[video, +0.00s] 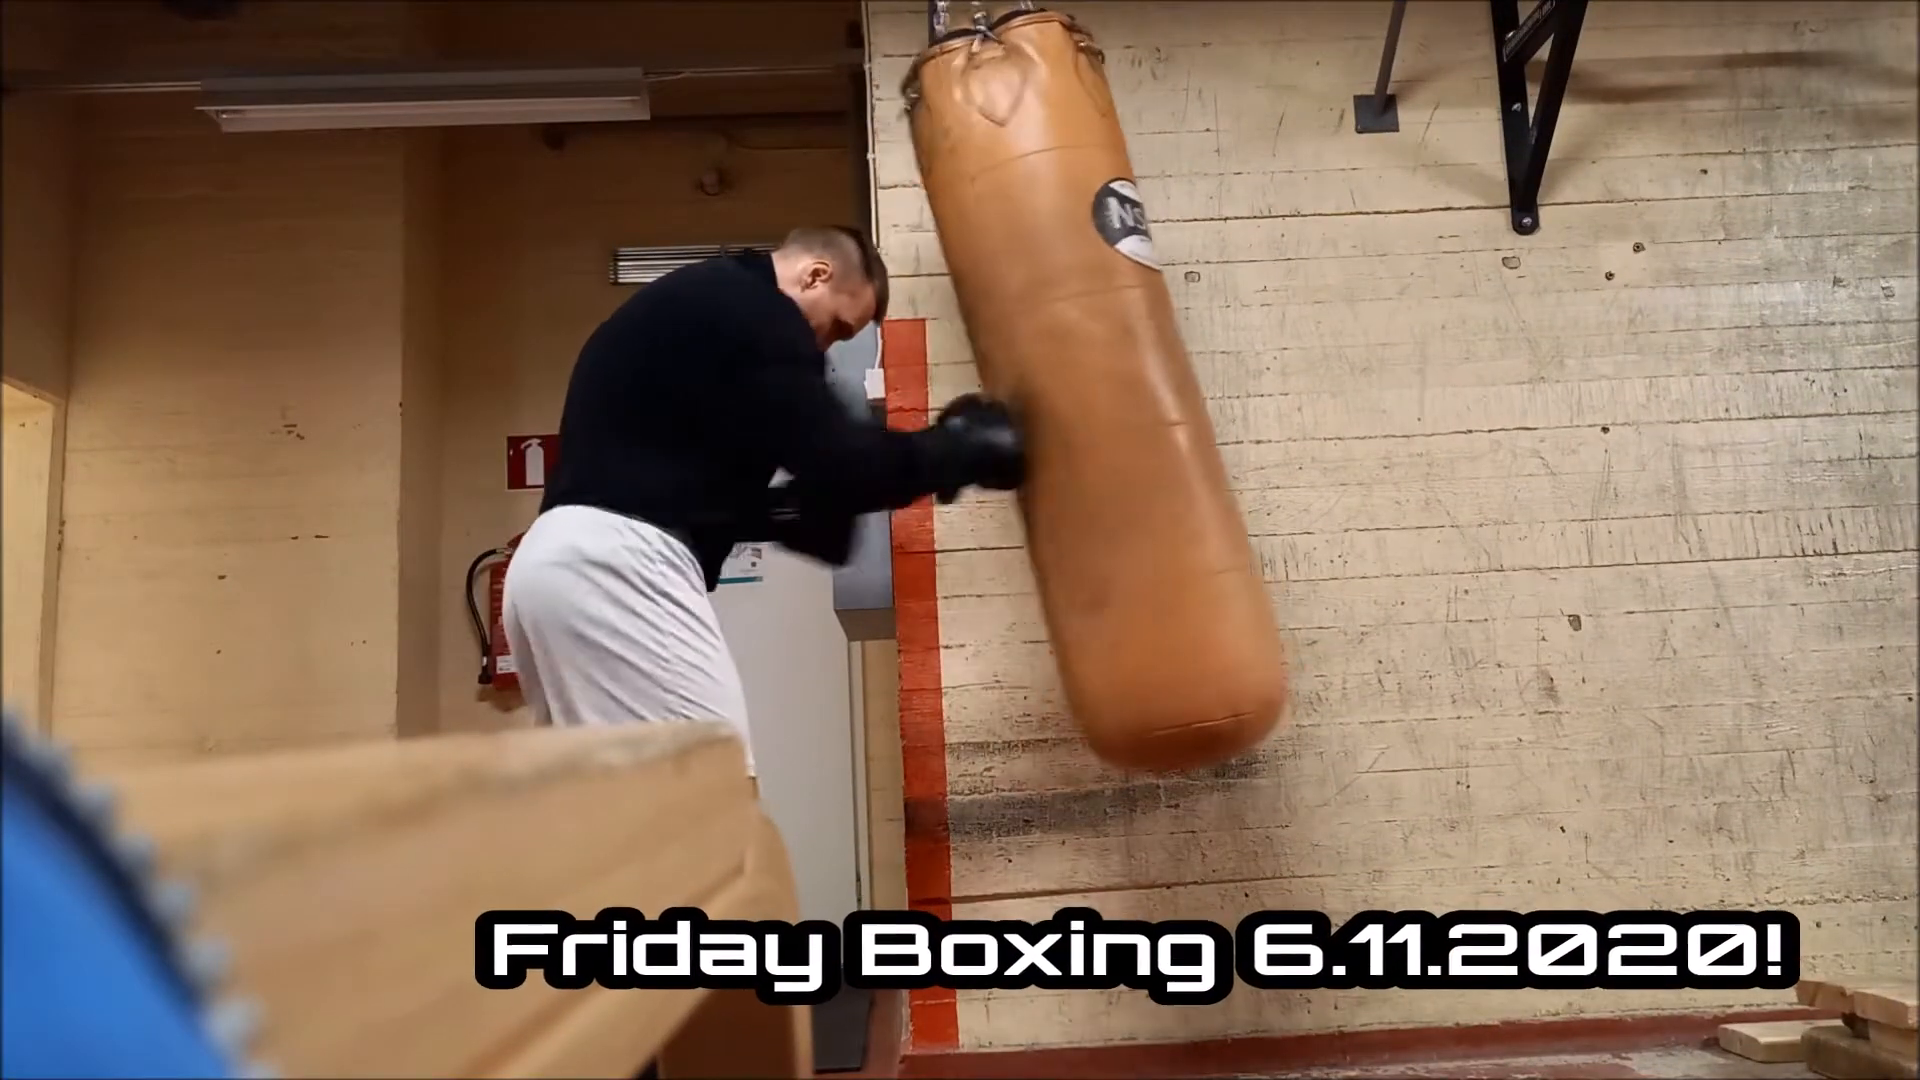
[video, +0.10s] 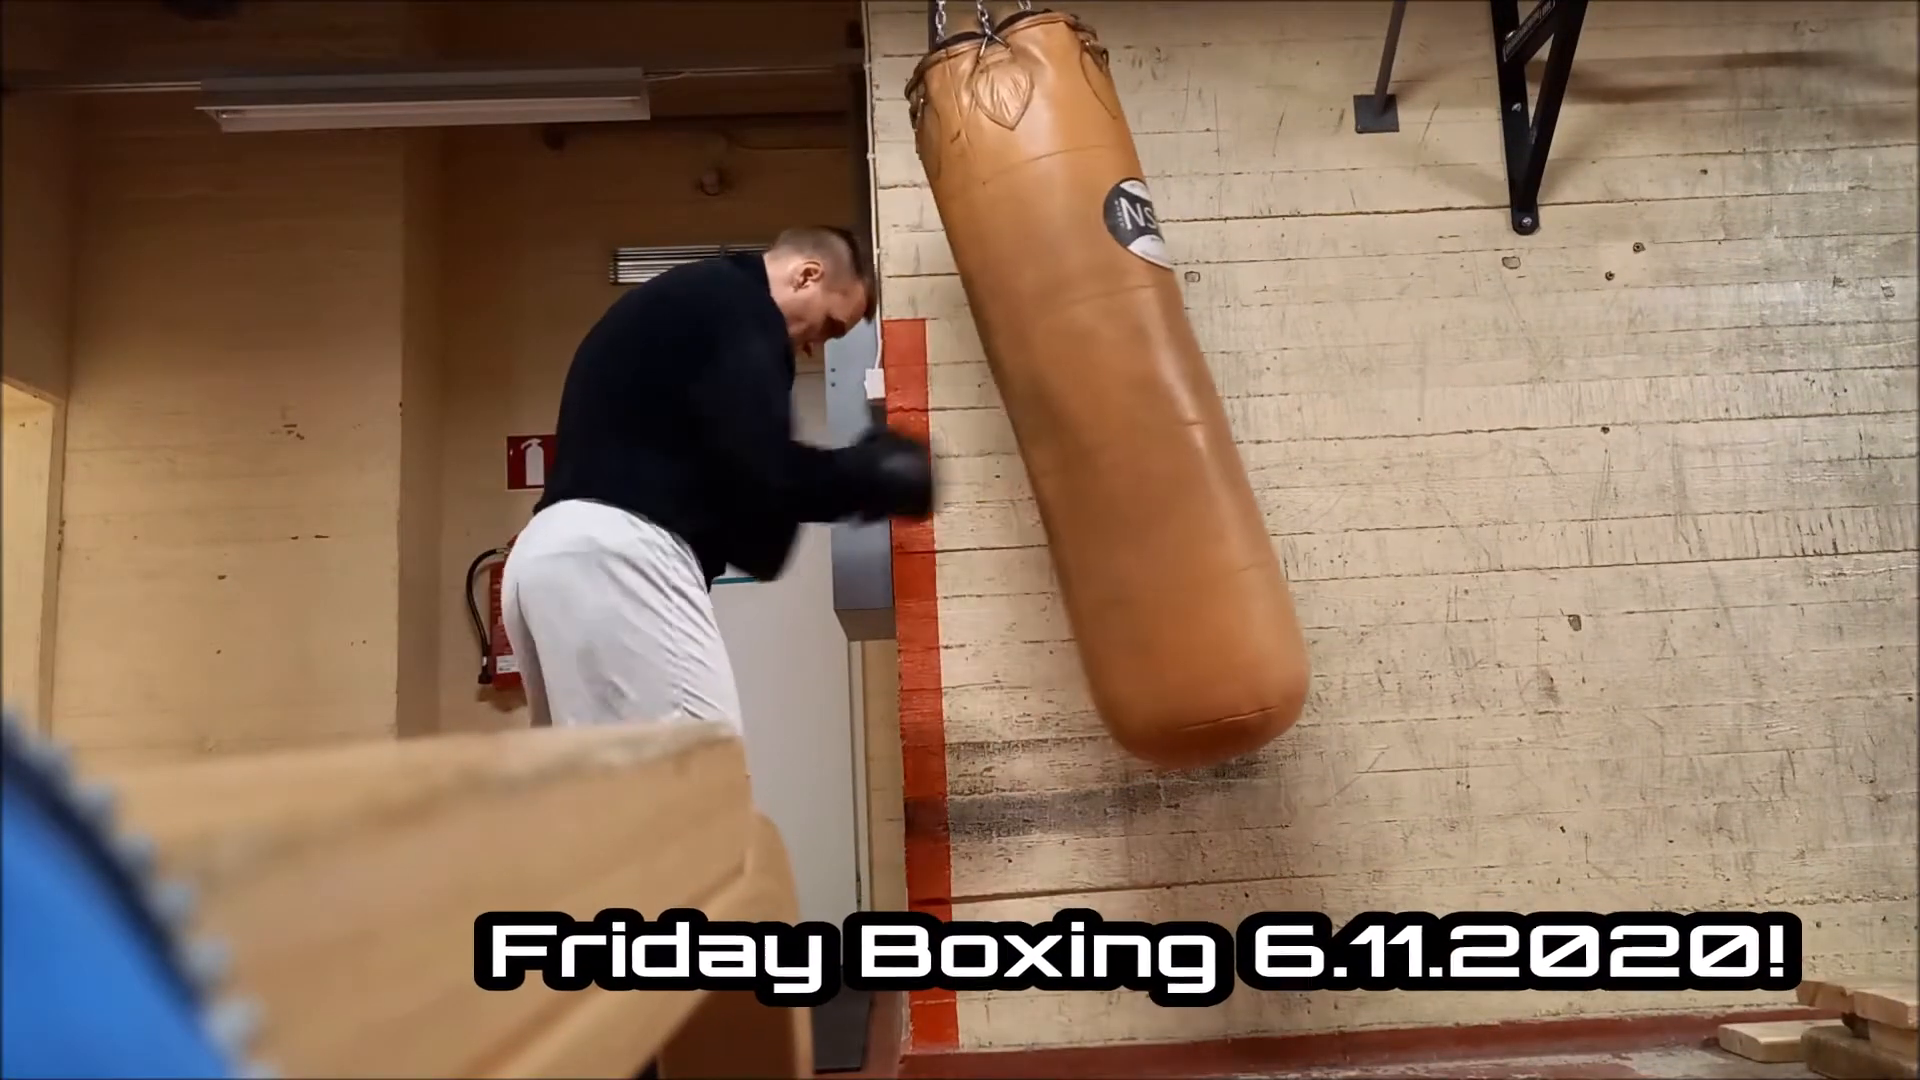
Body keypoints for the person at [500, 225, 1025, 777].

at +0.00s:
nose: (828, 346)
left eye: (842, 336)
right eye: (838, 326)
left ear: (804, 271)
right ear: (812, 274)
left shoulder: (693, 306)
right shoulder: (749, 309)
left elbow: (688, 502)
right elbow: (841, 462)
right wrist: (958, 451)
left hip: (554, 570)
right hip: (614, 567)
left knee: (624, 817)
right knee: (711, 810)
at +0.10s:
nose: (817, 347)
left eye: (832, 335)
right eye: (830, 325)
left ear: (801, 273)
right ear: (806, 276)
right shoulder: (737, 306)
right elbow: (758, 468)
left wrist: (853, 475)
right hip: (612, 555)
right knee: (703, 806)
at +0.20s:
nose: (808, 347)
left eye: (823, 337)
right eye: (820, 326)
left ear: (792, 275)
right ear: (796, 280)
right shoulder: (742, 310)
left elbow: (553, 449)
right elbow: (707, 459)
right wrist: (793, 502)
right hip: (612, 553)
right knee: (693, 801)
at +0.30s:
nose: (802, 347)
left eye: (818, 337)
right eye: (816, 325)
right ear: (793, 280)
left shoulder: (640, 305)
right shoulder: (743, 309)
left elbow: (532, 437)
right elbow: (703, 454)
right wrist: (772, 509)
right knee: (691, 798)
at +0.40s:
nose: (809, 344)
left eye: (824, 332)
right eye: (821, 321)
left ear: (796, 272)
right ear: (798, 274)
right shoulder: (724, 295)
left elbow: (562, 444)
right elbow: (705, 450)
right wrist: (786, 466)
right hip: (601, 563)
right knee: (675, 790)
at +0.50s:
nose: (818, 339)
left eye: (832, 328)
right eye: (829, 316)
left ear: (801, 268)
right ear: (803, 269)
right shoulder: (691, 291)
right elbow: (665, 442)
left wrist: (733, 570)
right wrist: (783, 427)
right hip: (594, 558)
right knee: (662, 789)